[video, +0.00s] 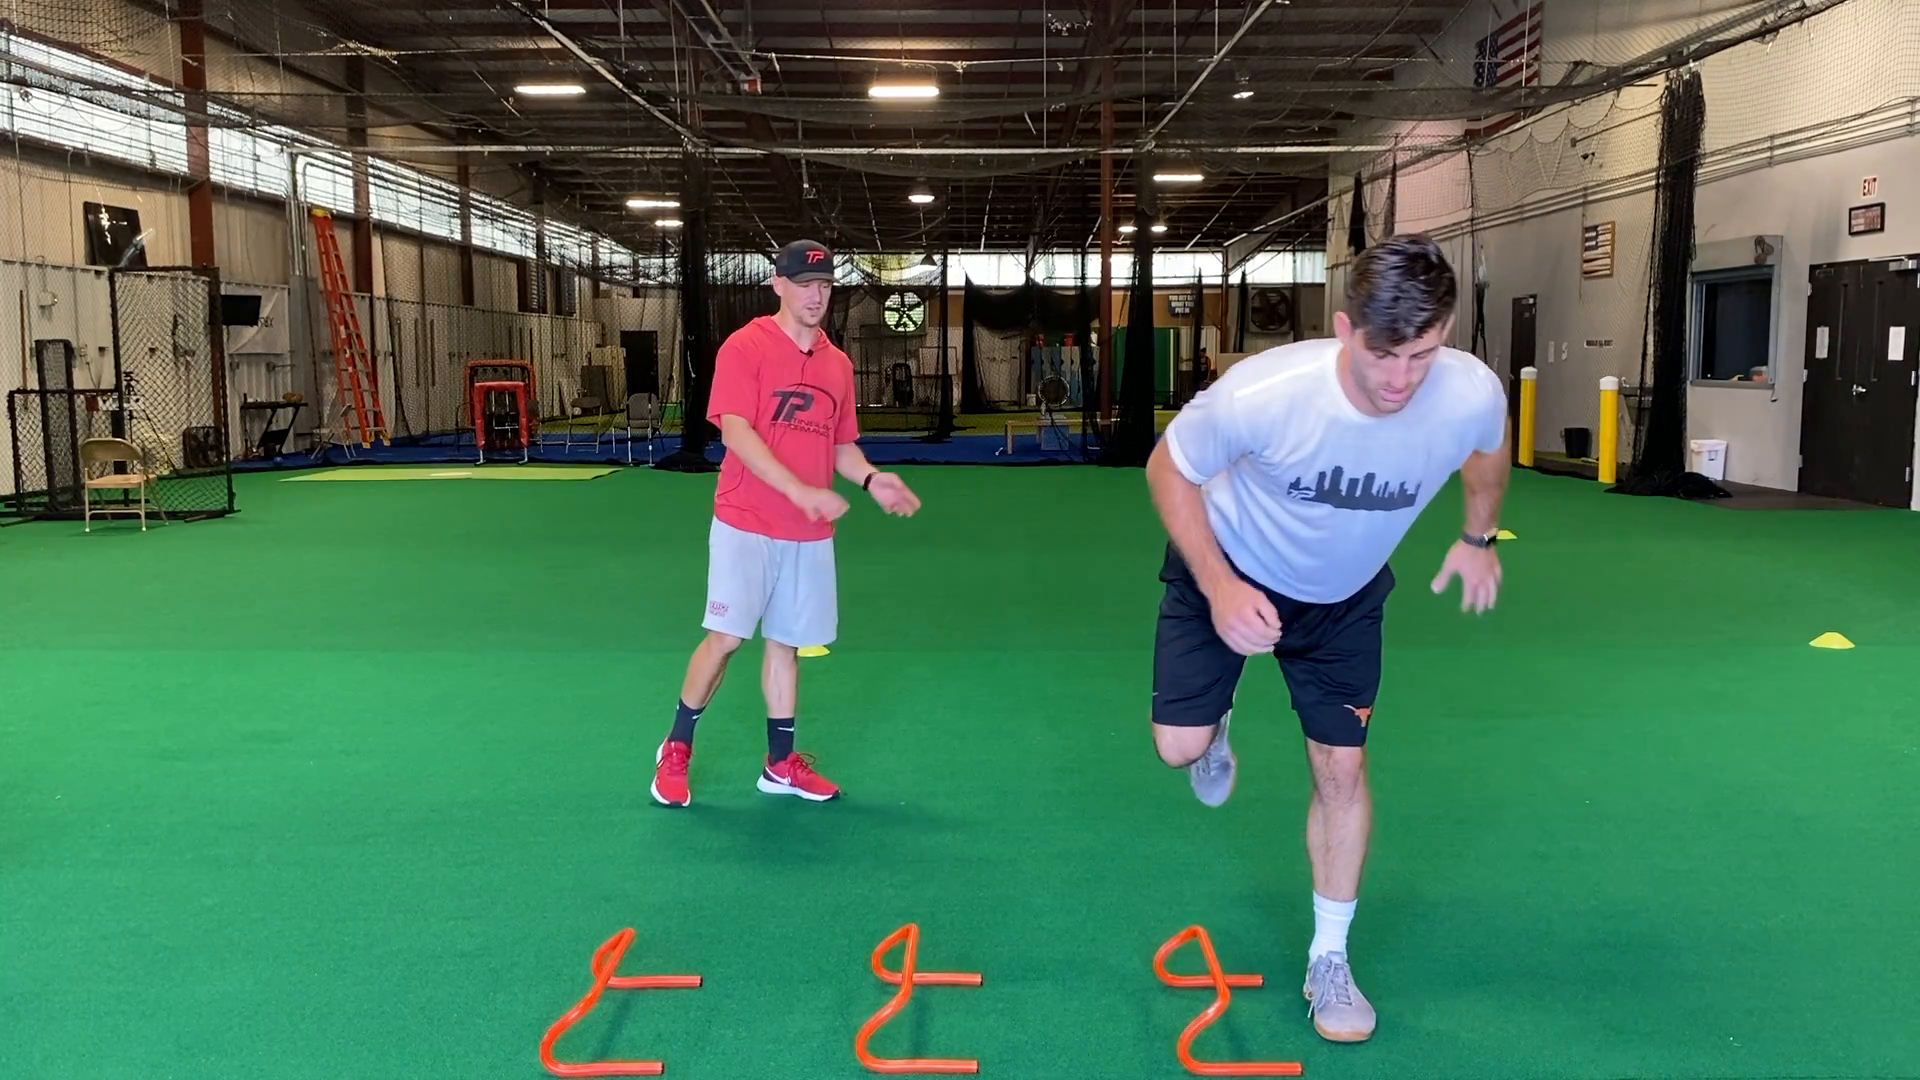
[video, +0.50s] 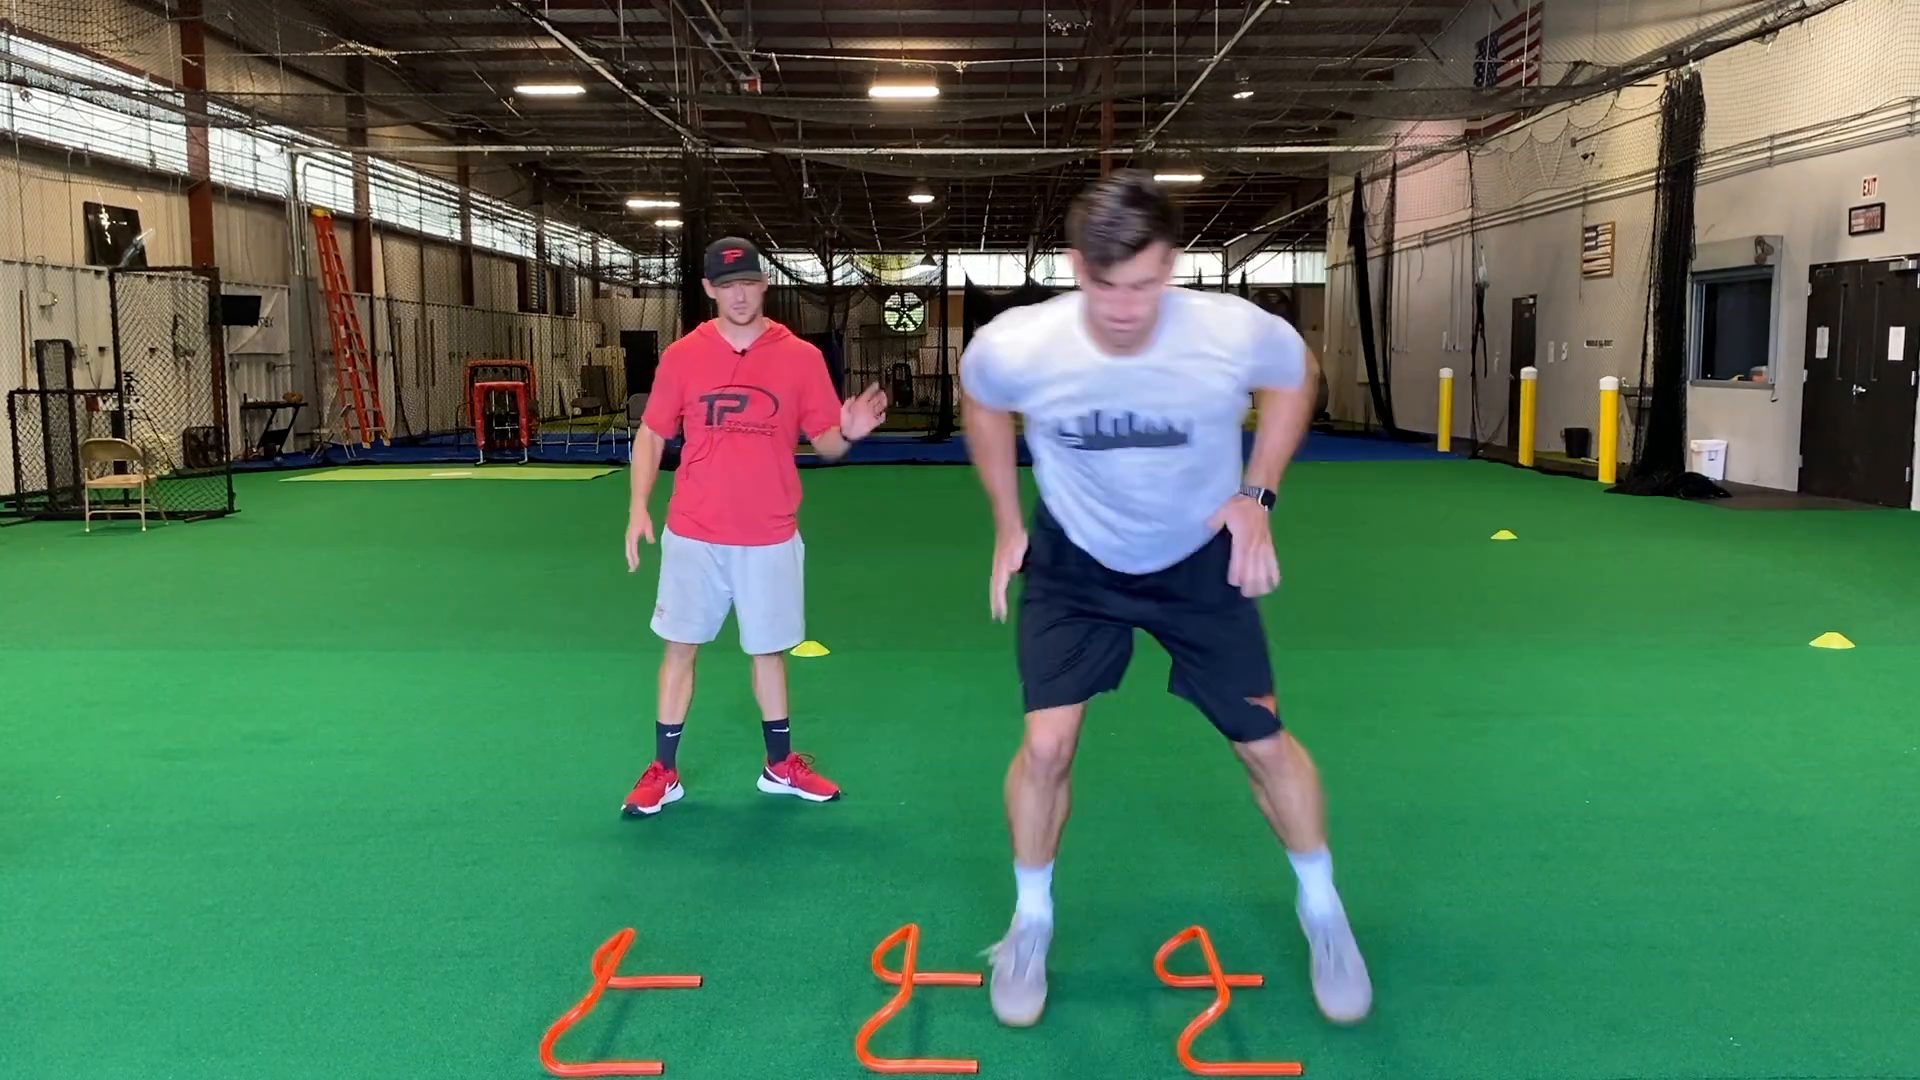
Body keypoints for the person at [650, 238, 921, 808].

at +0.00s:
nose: (816, 294)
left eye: (823, 285)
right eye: (805, 283)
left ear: (832, 291)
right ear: (779, 285)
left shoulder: (838, 364)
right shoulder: (745, 347)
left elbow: (842, 447)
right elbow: (735, 430)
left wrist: (875, 478)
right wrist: (799, 489)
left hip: (807, 525)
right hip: (745, 519)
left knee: (785, 640)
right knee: (727, 633)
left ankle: (781, 762)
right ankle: (677, 747)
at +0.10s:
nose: (808, 295)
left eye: (817, 286)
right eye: (798, 284)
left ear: (827, 291)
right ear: (774, 286)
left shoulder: (837, 365)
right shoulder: (737, 348)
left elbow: (844, 445)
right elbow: (723, 434)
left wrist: (883, 464)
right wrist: (759, 510)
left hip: (804, 528)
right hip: (737, 520)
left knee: (783, 643)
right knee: (717, 636)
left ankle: (781, 762)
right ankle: (676, 752)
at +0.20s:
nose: (798, 295)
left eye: (807, 285)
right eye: (788, 284)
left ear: (819, 291)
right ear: (766, 286)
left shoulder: (834, 364)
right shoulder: (729, 349)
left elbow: (851, 445)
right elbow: (708, 439)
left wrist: (882, 445)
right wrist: (714, 526)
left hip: (799, 536)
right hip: (730, 527)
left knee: (782, 645)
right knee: (704, 638)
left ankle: (780, 762)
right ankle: (673, 759)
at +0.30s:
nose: (784, 296)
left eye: (794, 286)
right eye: (774, 285)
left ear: (806, 290)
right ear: (753, 287)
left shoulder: (829, 362)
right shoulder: (717, 351)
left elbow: (853, 446)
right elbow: (687, 443)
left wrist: (875, 428)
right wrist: (673, 526)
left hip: (791, 534)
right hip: (718, 529)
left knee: (780, 646)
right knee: (694, 642)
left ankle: (781, 762)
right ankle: (669, 764)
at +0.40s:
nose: (766, 297)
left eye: (775, 286)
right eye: (754, 287)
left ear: (789, 288)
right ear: (735, 288)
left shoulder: (818, 360)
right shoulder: (701, 354)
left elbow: (846, 445)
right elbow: (668, 436)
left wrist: (862, 419)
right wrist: (647, 516)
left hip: (783, 534)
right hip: (708, 530)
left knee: (776, 646)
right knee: (690, 643)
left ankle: (781, 762)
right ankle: (667, 767)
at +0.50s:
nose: (740, 295)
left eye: (749, 284)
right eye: (728, 286)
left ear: (765, 284)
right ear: (710, 290)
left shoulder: (800, 357)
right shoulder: (682, 357)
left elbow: (826, 446)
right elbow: (652, 434)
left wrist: (848, 428)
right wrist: (639, 506)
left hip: (770, 534)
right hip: (695, 531)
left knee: (770, 647)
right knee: (681, 644)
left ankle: (781, 761)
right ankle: (664, 768)